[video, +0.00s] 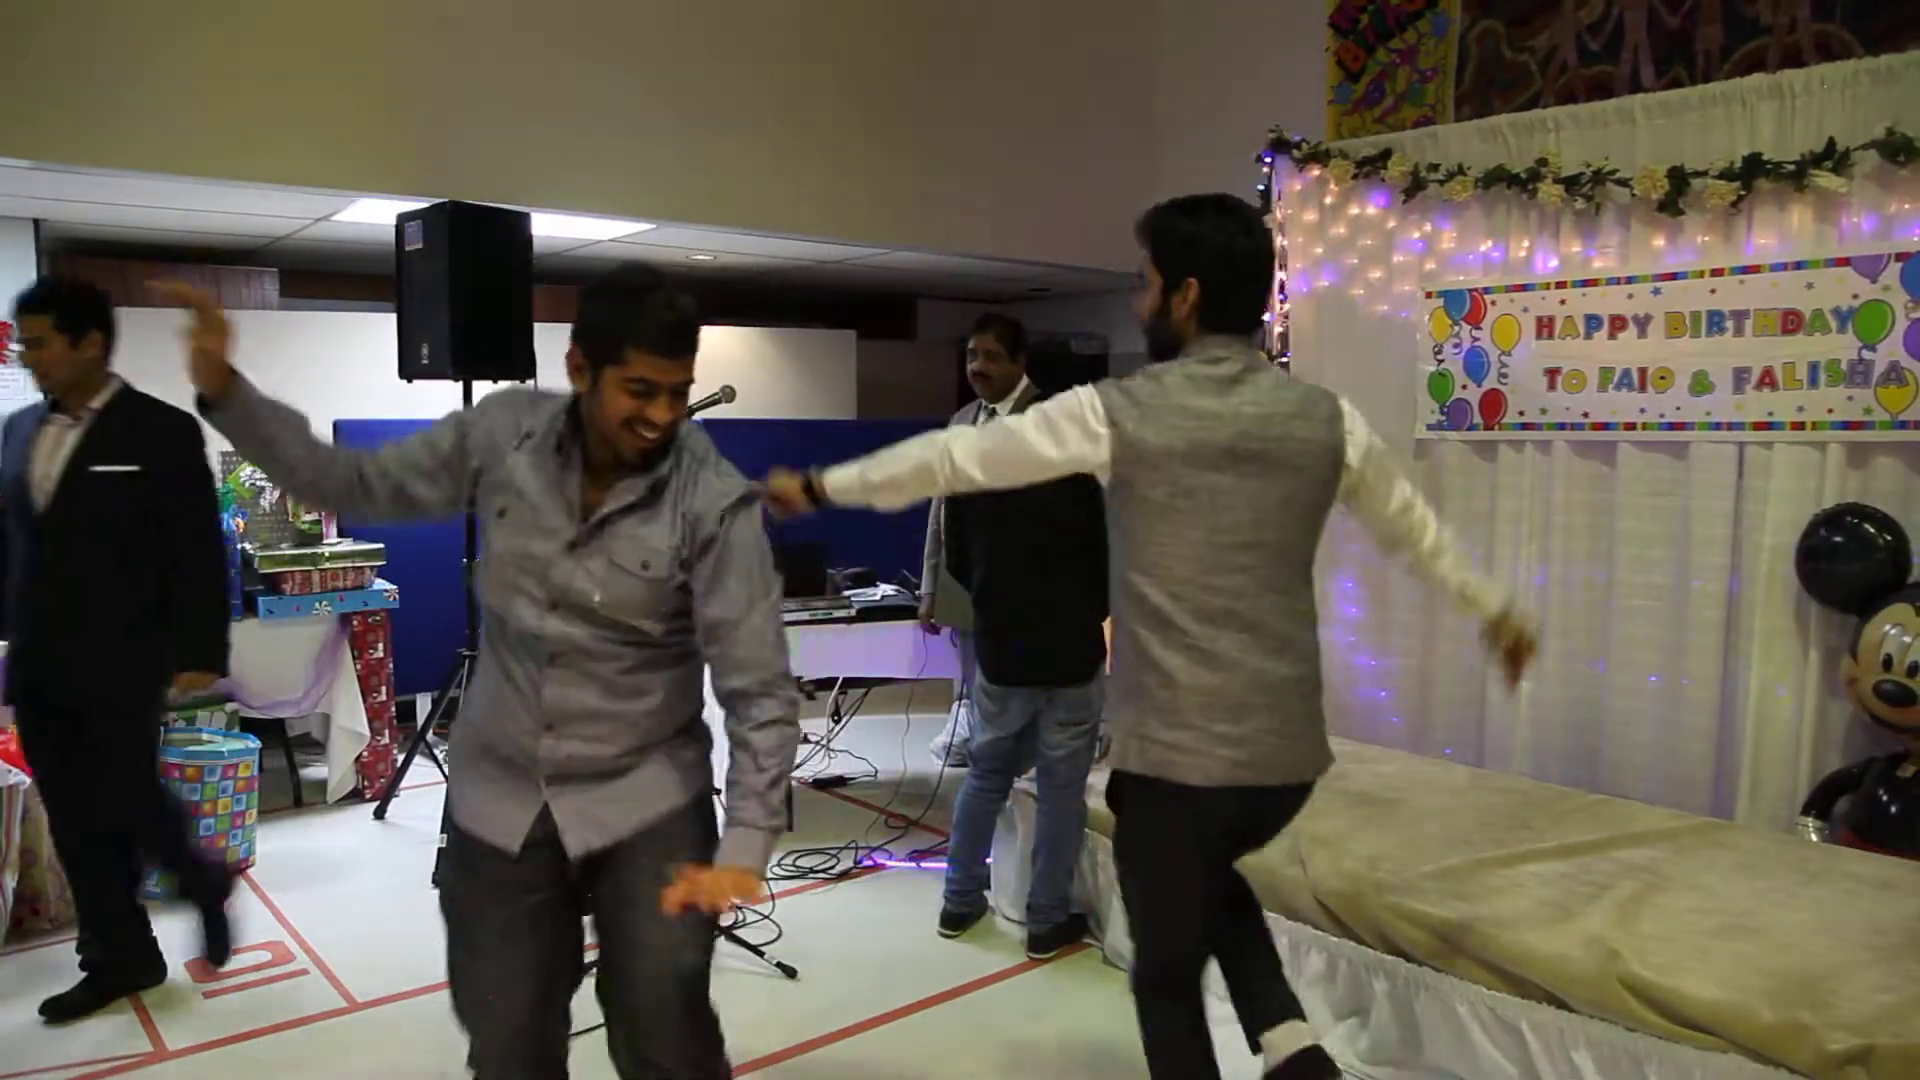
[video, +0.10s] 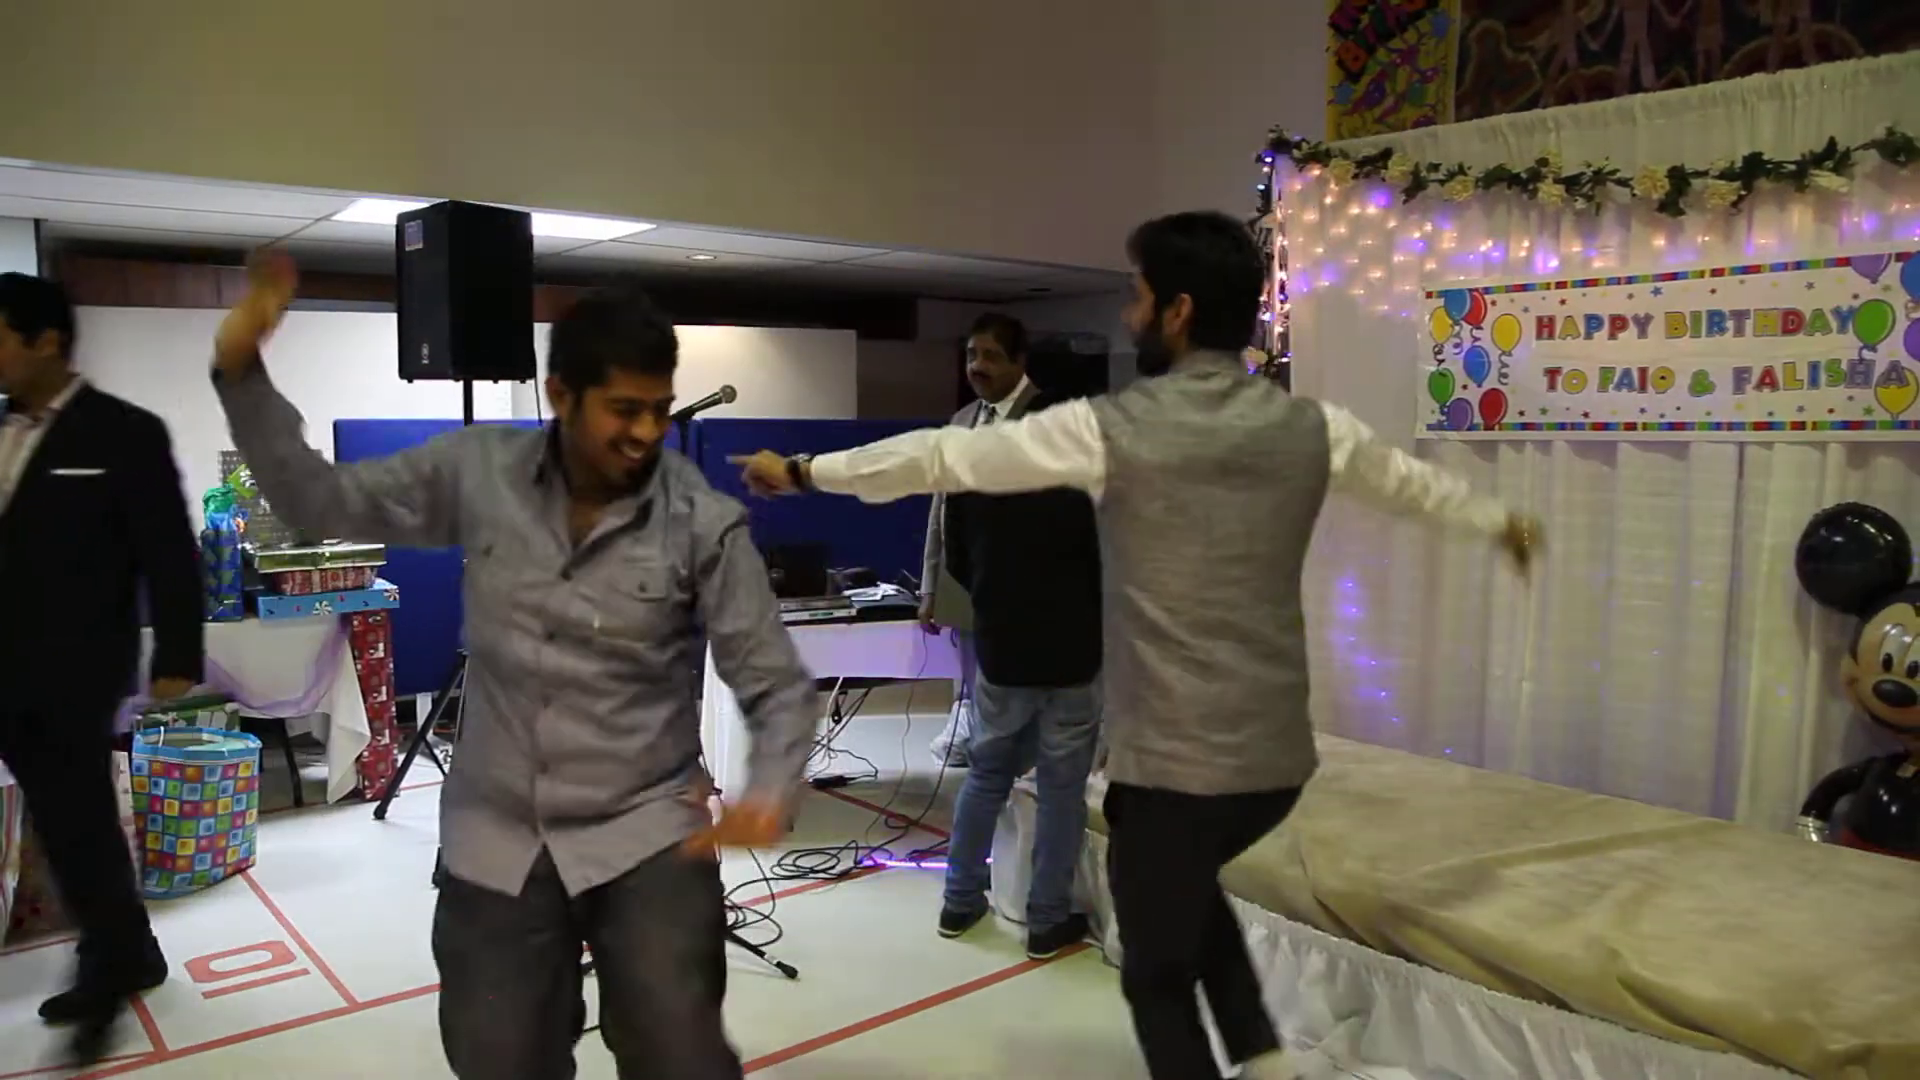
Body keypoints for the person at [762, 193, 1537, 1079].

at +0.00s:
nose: (1139, 299)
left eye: (1146, 282)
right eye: (1143, 280)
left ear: (1186, 295)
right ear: (1255, 296)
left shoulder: (1124, 411)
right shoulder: (1323, 416)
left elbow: (969, 455)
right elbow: (1415, 528)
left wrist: (825, 485)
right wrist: (1497, 612)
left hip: (1176, 762)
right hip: (1287, 758)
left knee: (1169, 982)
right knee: (1209, 871)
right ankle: (1289, 1045)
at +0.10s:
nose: (1127, 312)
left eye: (1137, 296)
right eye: (1132, 294)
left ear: (1175, 309)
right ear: (1239, 312)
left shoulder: (1118, 426)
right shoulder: (1311, 427)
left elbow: (964, 455)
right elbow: (1414, 483)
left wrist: (814, 471)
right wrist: (1498, 521)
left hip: (1173, 770)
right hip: (1276, 764)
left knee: (1158, 974)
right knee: (1185, 886)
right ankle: (1259, 1053)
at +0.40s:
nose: (1097, 324)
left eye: (1111, 308)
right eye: (1102, 306)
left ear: (1159, 325)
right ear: (1184, 325)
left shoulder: (1115, 442)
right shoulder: (1258, 416)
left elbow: (974, 530)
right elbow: (1315, 359)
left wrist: (828, 605)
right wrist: (1341, 298)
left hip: (1160, 748)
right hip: (1240, 734)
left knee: (1126, 939)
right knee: (1148, 908)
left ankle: (1174, 1075)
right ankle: (1162, 1062)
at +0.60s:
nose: (1083, 339)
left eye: (1100, 327)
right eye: (1088, 323)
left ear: (1154, 341)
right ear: (1171, 343)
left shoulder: (1124, 466)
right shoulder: (1214, 419)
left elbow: (1028, 602)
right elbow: (1205, 341)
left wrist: (927, 739)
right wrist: (1196, 243)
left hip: (1158, 725)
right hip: (1210, 710)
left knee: (1028, 860)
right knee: (1123, 888)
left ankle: (1171, 978)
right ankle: (1154, 1053)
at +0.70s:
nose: (1070, 332)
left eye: (1087, 318)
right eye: (1073, 313)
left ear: (1146, 328)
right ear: (1153, 325)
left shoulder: (1122, 454)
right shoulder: (1186, 391)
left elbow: (1057, 613)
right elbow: (1153, 304)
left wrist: (995, 763)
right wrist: (1119, 223)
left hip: (1129, 708)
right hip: (1187, 696)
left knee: (1009, 833)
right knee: (1124, 881)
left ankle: (1158, 941)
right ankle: (1160, 1063)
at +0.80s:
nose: (1062, 338)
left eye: (1080, 325)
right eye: (1064, 322)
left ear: (1133, 339)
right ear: (1127, 337)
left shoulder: (1118, 472)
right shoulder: (1161, 401)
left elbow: (1094, 640)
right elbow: (1091, 299)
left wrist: (1067, 799)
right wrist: (1046, 220)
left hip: (1127, 724)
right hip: (1165, 701)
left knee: (1028, 872)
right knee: (1104, 883)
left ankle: (1134, 998)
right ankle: (1152, 1046)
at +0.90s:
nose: (1055, 348)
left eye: (1072, 337)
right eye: (1056, 334)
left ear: (1126, 352)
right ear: (1069, 346)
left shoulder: (1120, 490)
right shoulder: (1106, 415)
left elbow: (1134, 647)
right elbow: (1041, 328)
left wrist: (1147, 803)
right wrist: (981, 232)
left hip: (1081, 739)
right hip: (1095, 726)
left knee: (986, 883)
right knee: (1088, 907)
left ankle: (1059, 1049)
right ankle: (1162, 1065)